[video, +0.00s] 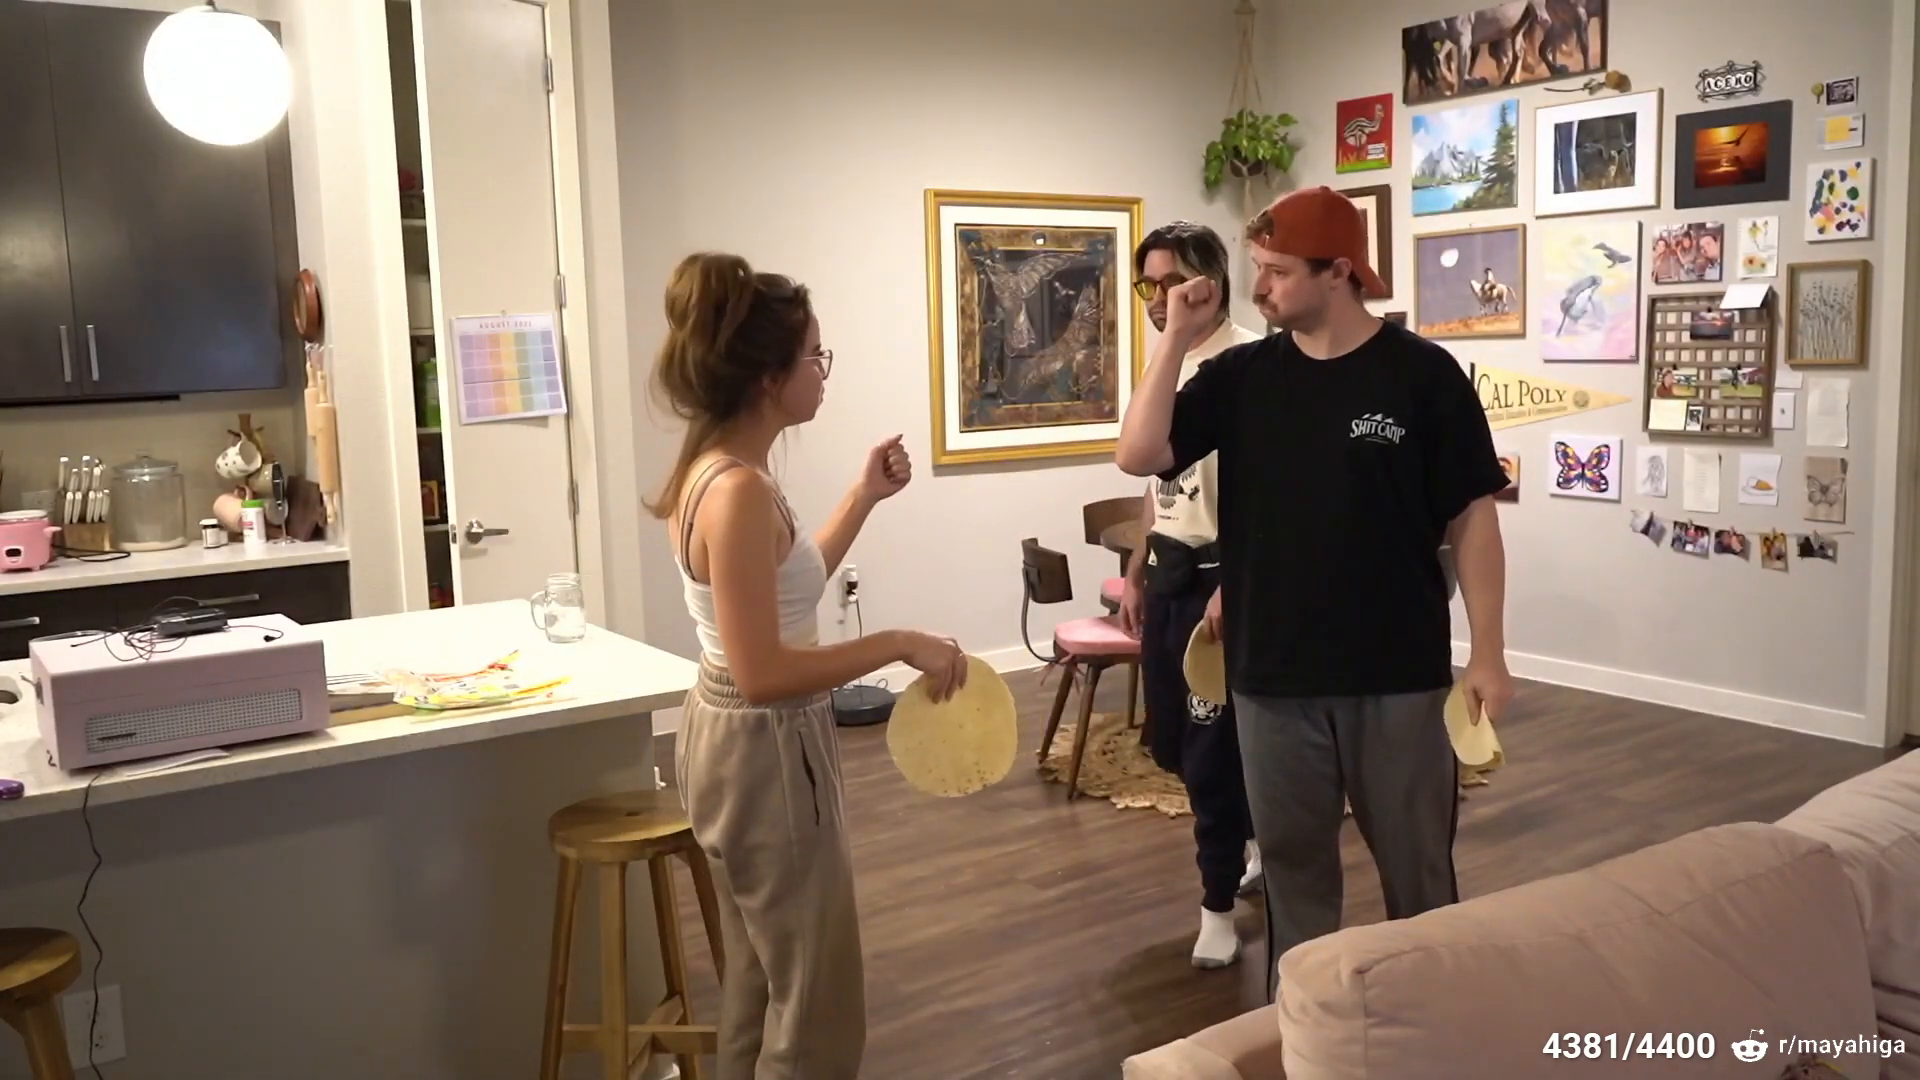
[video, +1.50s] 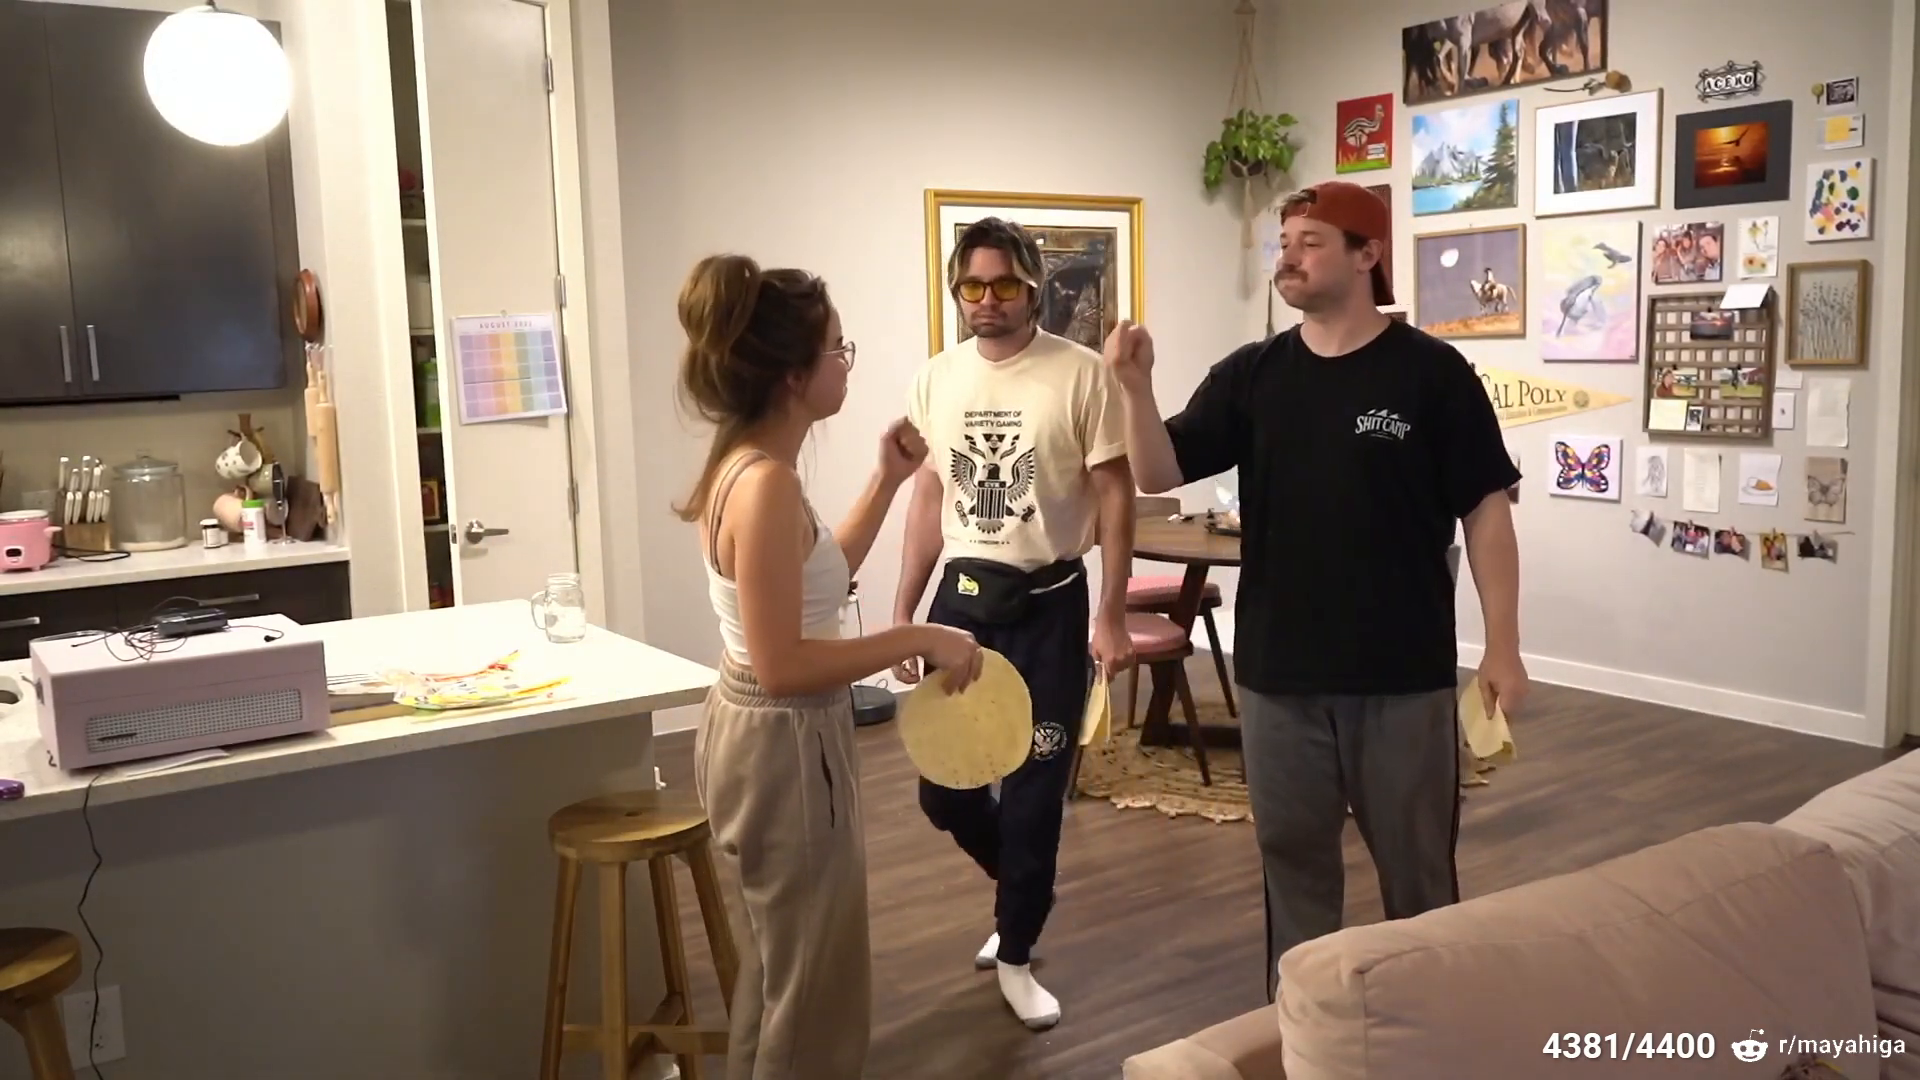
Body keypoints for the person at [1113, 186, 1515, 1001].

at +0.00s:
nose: (1258, 288)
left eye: (1274, 273)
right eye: (1257, 273)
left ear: (1338, 273)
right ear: (1313, 275)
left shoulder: (1425, 374)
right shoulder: (1239, 377)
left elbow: (1473, 518)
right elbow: (1139, 452)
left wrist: (1487, 652)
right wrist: (1174, 339)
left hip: (1397, 681)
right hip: (1272, 683)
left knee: (1420, 884)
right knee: (1293, 886)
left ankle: (1440, 1039)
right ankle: (1302, 1043)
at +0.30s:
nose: (1275, 262)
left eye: (1294, 249)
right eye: (1274, 249)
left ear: (1355, 261)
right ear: (1275, 262)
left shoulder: (1430, 373)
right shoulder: (1245, 372)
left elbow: (1480, 517)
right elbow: (1136, 440)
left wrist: (1493, 653)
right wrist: (1175, 321)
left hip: (1401, 681)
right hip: (1275, 682)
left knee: (1420, 882)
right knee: (1293, 880)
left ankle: (1441, 1038)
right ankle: (1298, 1037)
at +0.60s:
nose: (1294, 247)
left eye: (1315, 235)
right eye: (1291, 236)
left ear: (1371, 252)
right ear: (1286, 256)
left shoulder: (1439, 373)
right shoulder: (1255, 365)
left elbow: (1488, 517)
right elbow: (1139, 388)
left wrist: (1502, 651)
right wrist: (1185, 272)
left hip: (1405, 677)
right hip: (1276, 674)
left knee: (1421, 878)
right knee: (1295, 874)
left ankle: (1437, 1035)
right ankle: (1300, 1034)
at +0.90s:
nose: (1301, 252)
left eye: (1323, 238)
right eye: (1297, 241)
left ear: (1378, 253)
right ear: (1293, 259)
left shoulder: (1443, 372)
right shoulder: (1258, 365)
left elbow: (1492, 513)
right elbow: (1162, 441)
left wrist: (1508, 651)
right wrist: (1182, 321)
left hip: (1409, 676)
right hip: (1280, 673)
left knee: (1422, 876)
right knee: (1296, 869)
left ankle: (1438, 1033)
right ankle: (1302, 1032)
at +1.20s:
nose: (1294, 255)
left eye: (1315, 241)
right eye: (1289, 244)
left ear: (1371, 255)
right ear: (1286, 261)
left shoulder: (1440, 371)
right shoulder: (1257, 371)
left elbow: (1490, 511)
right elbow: (1155, 450)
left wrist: (1504, 645)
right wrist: (1164, 329)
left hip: (1410, 675)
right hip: (1285, 674)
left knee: (1422, 875)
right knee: (1296, 865)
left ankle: (1435, 1032)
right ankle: (1302, 1032)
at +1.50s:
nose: (1288, 257)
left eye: (1309, 243)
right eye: (1284, 245)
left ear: (1364, 258)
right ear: (1280, 259)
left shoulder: (1434, 371)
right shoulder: (1252, 374)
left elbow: (1488, 512)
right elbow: (1157, 474)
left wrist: (1502, 647)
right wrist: (1136, 383)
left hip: (1403, 679)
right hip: (1279, 679)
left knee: (1417, 882)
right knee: (1292, 876)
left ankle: (1433, 1038)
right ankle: (1299, 1037)